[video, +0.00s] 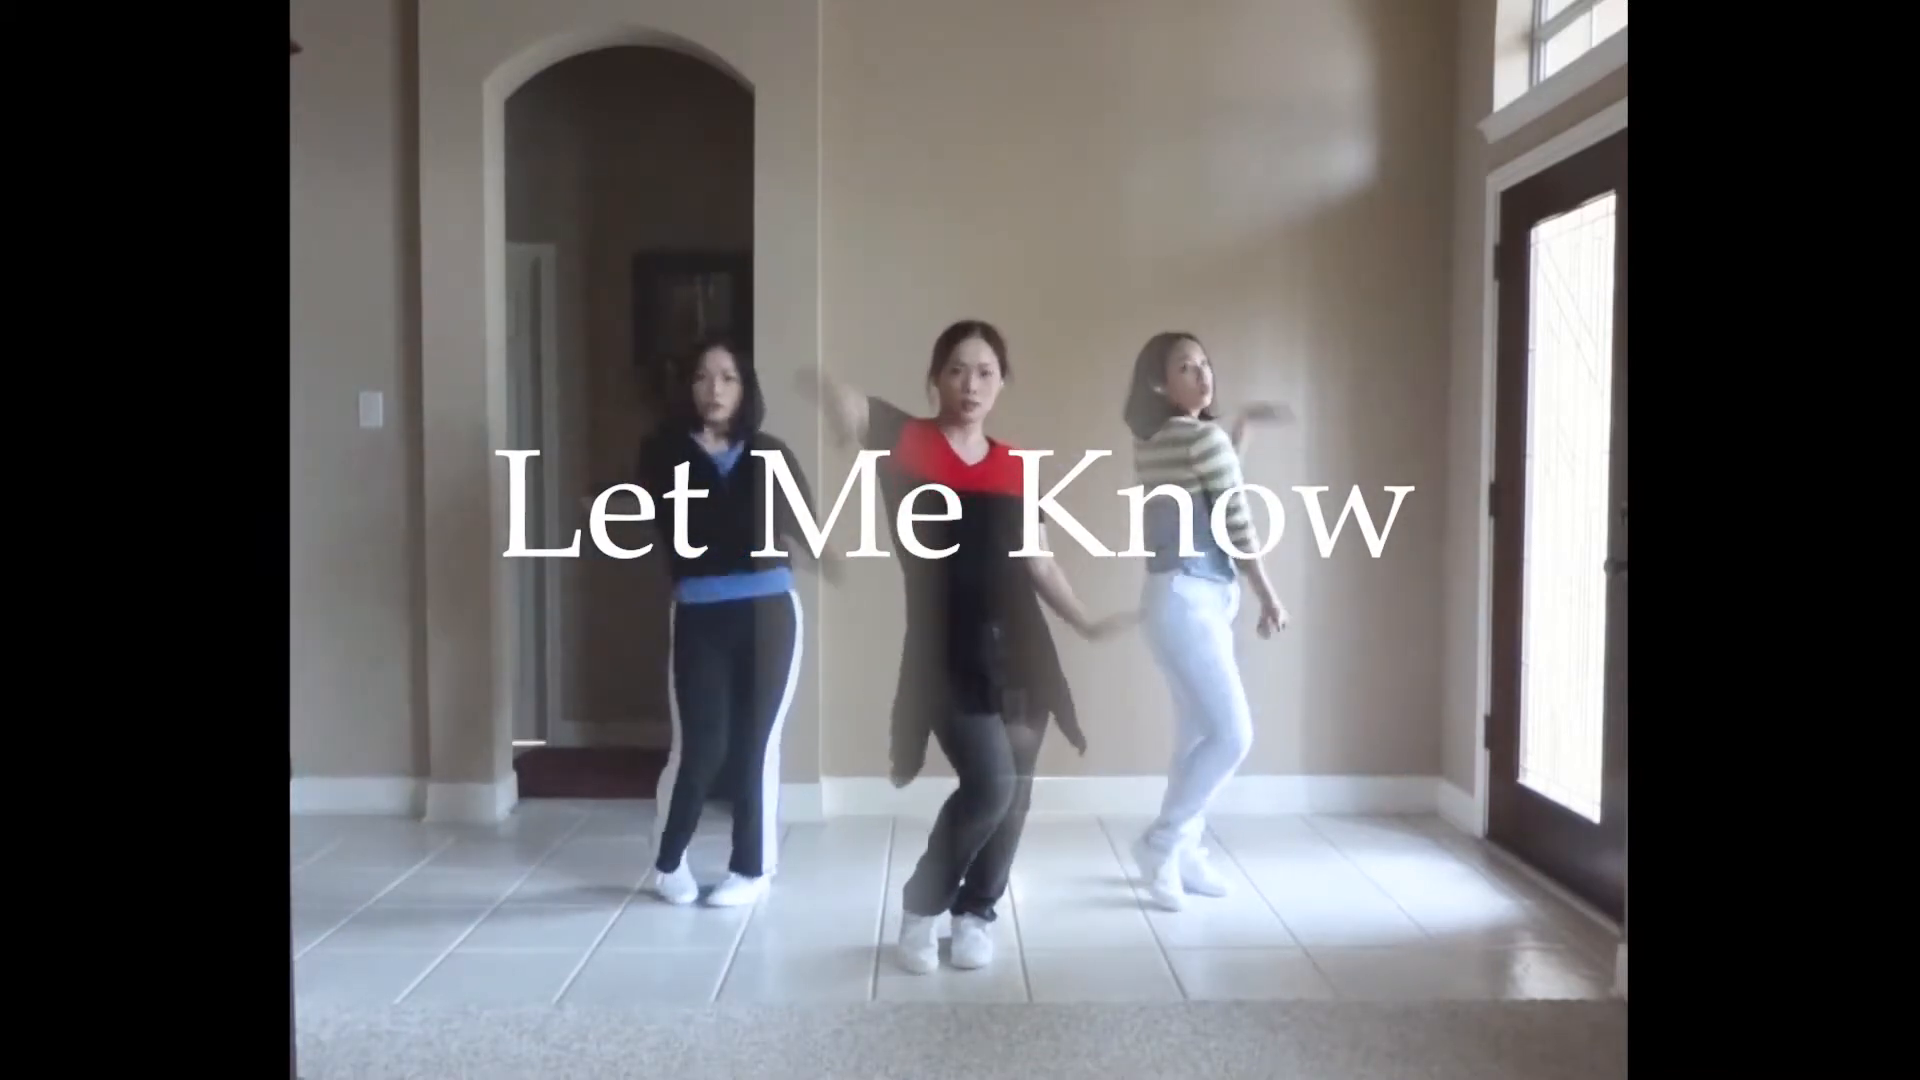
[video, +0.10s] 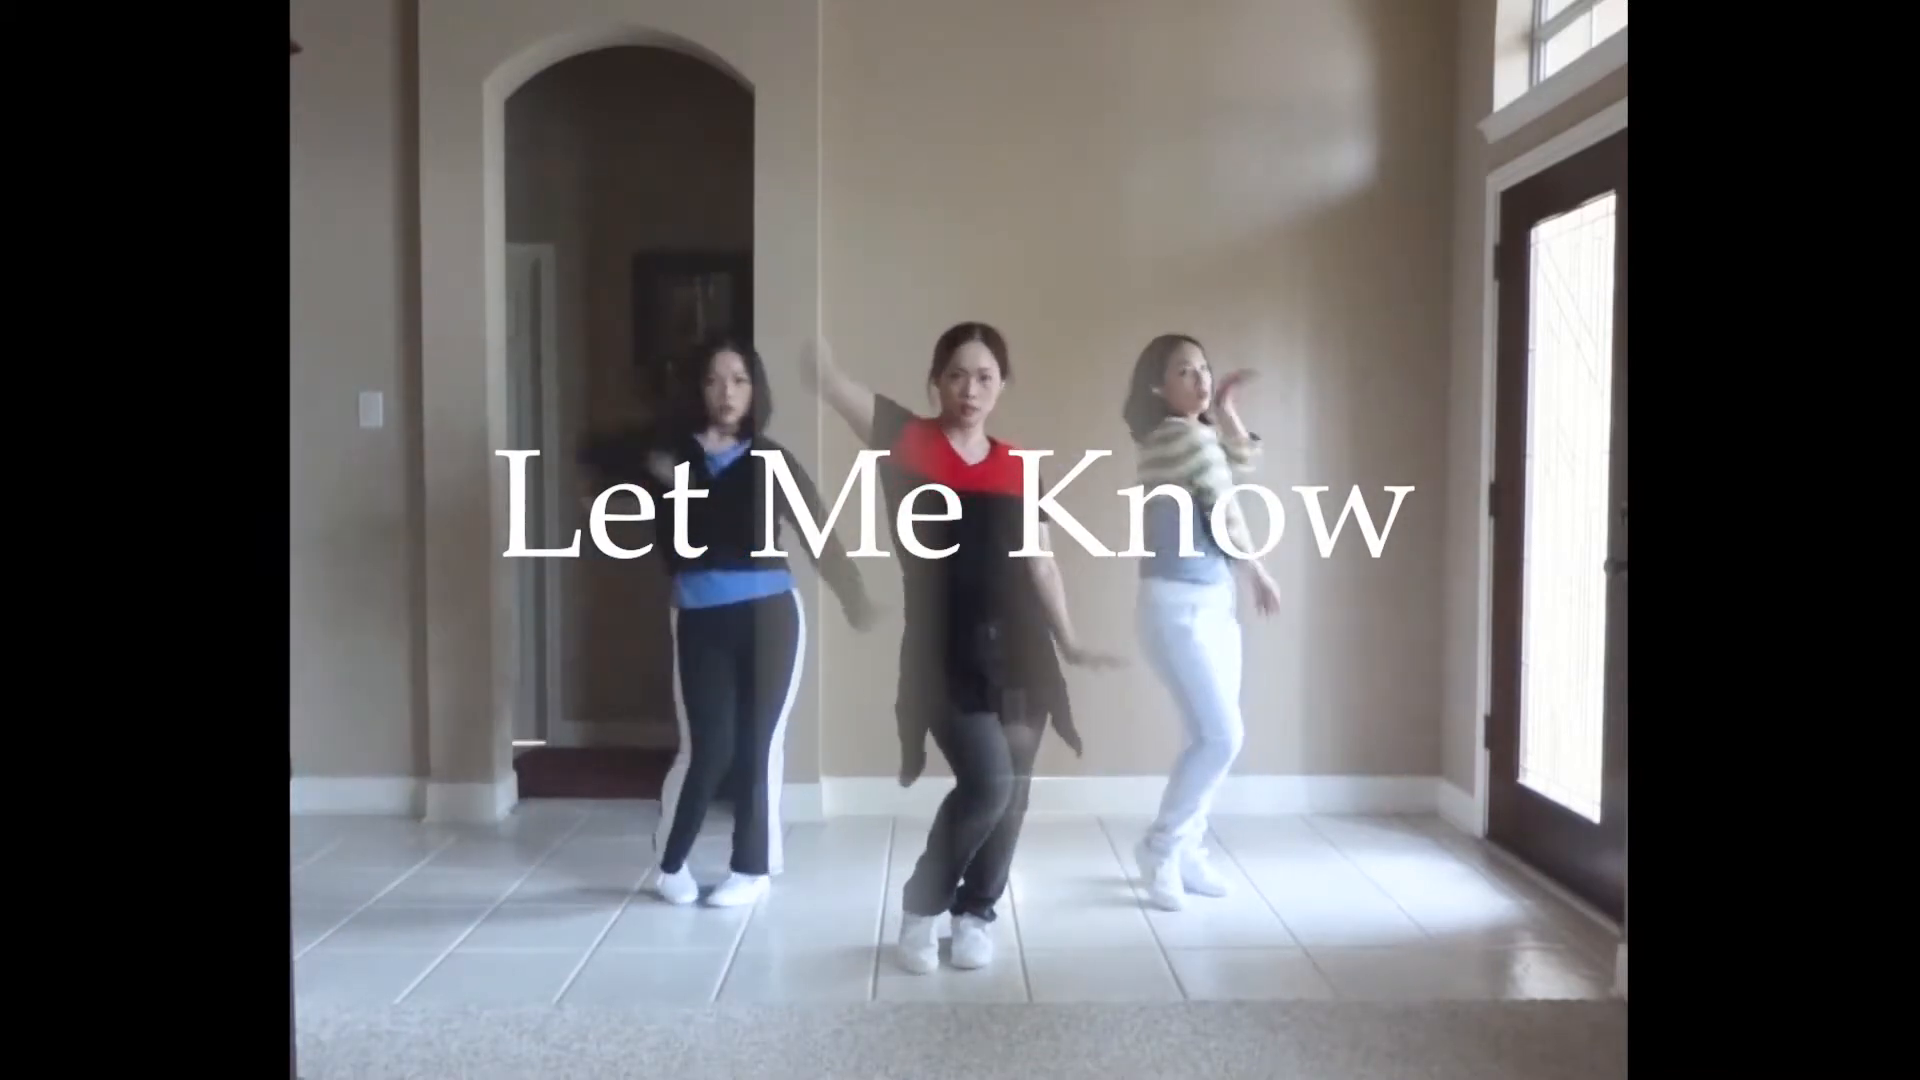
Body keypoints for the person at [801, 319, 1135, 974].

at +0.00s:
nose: (970, 382)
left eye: (984, 372)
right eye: (957, 370)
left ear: (1001, 384)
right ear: (936, 379)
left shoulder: (1015, 467)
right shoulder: (908, 442)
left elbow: (1038, 558)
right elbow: (852, 410)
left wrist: (1085, 619)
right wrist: (836, 396)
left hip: (1017, 643)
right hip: (944, 644)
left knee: (1015, 789)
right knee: (991, 784)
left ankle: (976, 917)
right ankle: (922, 907)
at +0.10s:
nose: (969, 387)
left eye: (983, 376)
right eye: (957, 374)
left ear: (1001, 386)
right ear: (936, 382)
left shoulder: (1018, 467)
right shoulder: (908, 442)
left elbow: (1040, 560)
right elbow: (828, 380)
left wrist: (1069, 640)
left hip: (1018, 646)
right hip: (942, 647)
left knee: (1012, 791)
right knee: (990, 782)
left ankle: (976, 916)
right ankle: (923, 907)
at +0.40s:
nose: (971, 397)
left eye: (984, 385)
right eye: (959, 385)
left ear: (1006, 393)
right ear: (941, 393)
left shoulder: (1022, 473)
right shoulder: (915, 443)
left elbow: (1046, 568)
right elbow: (836, 372)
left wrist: (1062, 658)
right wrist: (772, 308)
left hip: (1017, 647)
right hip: (944, 647)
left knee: (1013, 794)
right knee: (973, 790)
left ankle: (976, 916)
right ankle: (913, 907)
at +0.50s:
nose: (974, 397)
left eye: (988, 384)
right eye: (962, 384)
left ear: (1010, 392)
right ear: (944, 391)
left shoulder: (1027, 469)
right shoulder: (917, 454)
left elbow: (1047, 565)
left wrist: (1062, 651)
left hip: (1012, 644)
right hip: (938, 645)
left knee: (1008, 791)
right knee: (962, 789)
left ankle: (975, 915)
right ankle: (919, 902)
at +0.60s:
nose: (974, 384)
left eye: (987, 372)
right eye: (962, 371)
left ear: (1008, 380)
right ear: (942, 379)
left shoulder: (1035, 453)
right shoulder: (910, 441)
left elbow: (1065, 538)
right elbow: (828, 435)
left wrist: (1058, 621)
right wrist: (849, 371)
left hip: (1005, 639)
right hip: (929, 638)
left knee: (1001, 788)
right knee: (948, 786)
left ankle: (976, 911)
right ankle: (922, 878)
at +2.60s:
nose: (898, 405)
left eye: (906, 394)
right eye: (898, 394)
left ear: (940, 396)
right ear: (923, 399)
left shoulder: (999, 466)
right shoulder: (895, 457)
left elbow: (1048, 537)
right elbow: (822, 431)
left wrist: (1108, 560)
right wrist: (811, 355)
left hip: (963, 634)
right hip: (899, 631)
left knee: (959, 752)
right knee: (893, 765)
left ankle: (979, 892)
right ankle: (932, 868)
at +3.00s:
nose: (901, 416)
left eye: (910, 405)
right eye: (900, 405)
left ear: (948, 407)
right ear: (915, 411)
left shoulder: (1001, 476)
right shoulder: (892, 474)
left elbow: (1038, 559)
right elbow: (816, 480)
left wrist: (1101, 580)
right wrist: (843, 423)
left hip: (958, 642)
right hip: (892, 640)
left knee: (929, 753)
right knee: (884, 780)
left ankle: (961, 893)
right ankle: (929, 870)